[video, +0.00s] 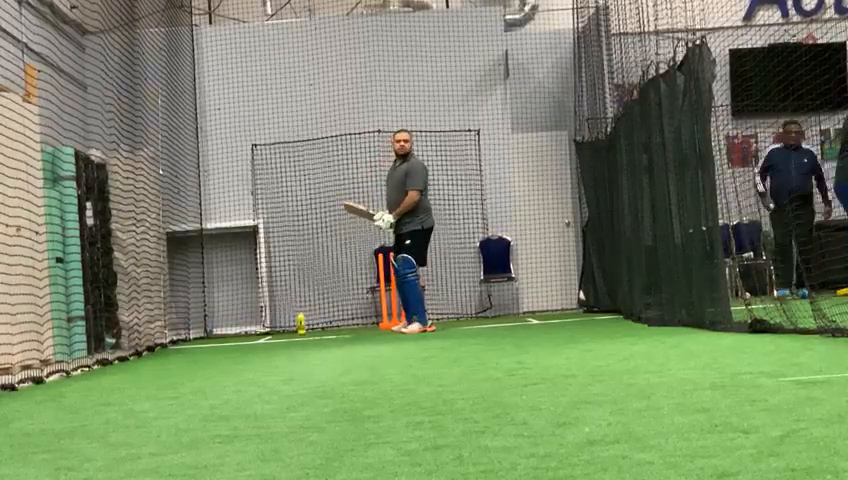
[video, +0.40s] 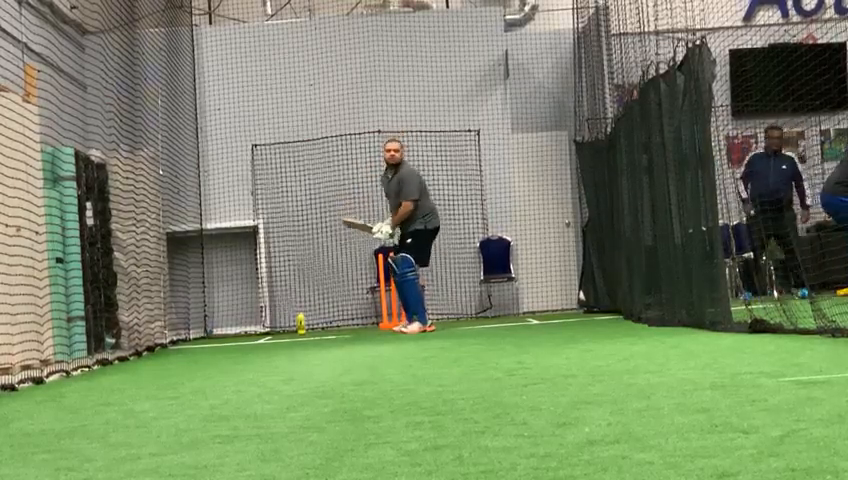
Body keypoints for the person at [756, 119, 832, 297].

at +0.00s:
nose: (794, 136)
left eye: (798, 133)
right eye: (790, 133)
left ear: (802, 135)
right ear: (783, 135)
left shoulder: (809, 155)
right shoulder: (774, 154)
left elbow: (820, 179)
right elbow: (761, 174)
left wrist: (826, 202)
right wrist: (763, 195)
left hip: (803, 205)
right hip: (780, 207)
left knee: (804, 244)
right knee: (782, 245)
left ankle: (803, 285)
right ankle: (783, 286)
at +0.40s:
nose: (775, 142)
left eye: (778, 138)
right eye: (772, 138)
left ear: (783, 140)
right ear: (765, 140)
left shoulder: (789, 161)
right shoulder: (755, 160)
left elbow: (799, 184)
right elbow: (744, 179)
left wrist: (804, 206)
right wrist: (745, 199)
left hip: (784, 210)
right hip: (760, 211)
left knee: (791, 249)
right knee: (757, 251)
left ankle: (799, 286)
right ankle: (758, 289)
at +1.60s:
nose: (758, 144)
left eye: (761, 140)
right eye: (755, 140)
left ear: (764, 141)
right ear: (746, 141)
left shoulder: (770, 159)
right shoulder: (736, 159)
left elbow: (779, 184)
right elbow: (715, 157)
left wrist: (783, 205)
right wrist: (726, 141)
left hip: (770, 207)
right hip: (747, 209)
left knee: (775, 246)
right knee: (747, 249)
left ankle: (780, 286)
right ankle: (750, 289)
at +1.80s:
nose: (760, 144)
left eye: (763, 141)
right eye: (757, 140)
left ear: (766, 141)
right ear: (748, 140)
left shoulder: (772, 158)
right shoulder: (740, 158)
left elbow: (782, 183)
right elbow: (724, 157)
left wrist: (787, 205)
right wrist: (731, 143)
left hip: (772, 207)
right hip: (749, 208)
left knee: (777, 246)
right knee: (748, 248)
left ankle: (782, 286)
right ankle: (750, 289)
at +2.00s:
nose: (762, 145)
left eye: (765, 142)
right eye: (759, 141)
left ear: (768, 142)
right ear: (752, 141)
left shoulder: (775, 159)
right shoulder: (742, 159)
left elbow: (783, 184)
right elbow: (737, 175)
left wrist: (788, 205)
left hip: (772, 207)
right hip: (751, 208)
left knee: (776, 247)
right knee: (751, 248)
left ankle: (781, 286)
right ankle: (752, 289)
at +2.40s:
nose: (763, 145)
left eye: (765, 142)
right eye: (759, 142)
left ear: (768, 143)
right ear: (752, 141)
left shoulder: (774, 159)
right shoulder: (742, 159)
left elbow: (781, 184)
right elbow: (733, 181)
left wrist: (785, 207)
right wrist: (748, 202)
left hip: (772, 210)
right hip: (751, 210)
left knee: (776, 248)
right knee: (750, 250)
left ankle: (782, 286)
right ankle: (750, 289)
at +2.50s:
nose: (762, 145)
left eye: (765, 142)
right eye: (759, 142)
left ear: (768, 143)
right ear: (751, 141)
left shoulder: (774, 159)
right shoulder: (741, 159)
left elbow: (782, 184)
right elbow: (730, 182)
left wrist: (785, 207)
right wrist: (742, 204)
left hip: (772, 210)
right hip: (750, 211)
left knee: (776, 248)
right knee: (750, 250)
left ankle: (782, 286)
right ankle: (751, 289)